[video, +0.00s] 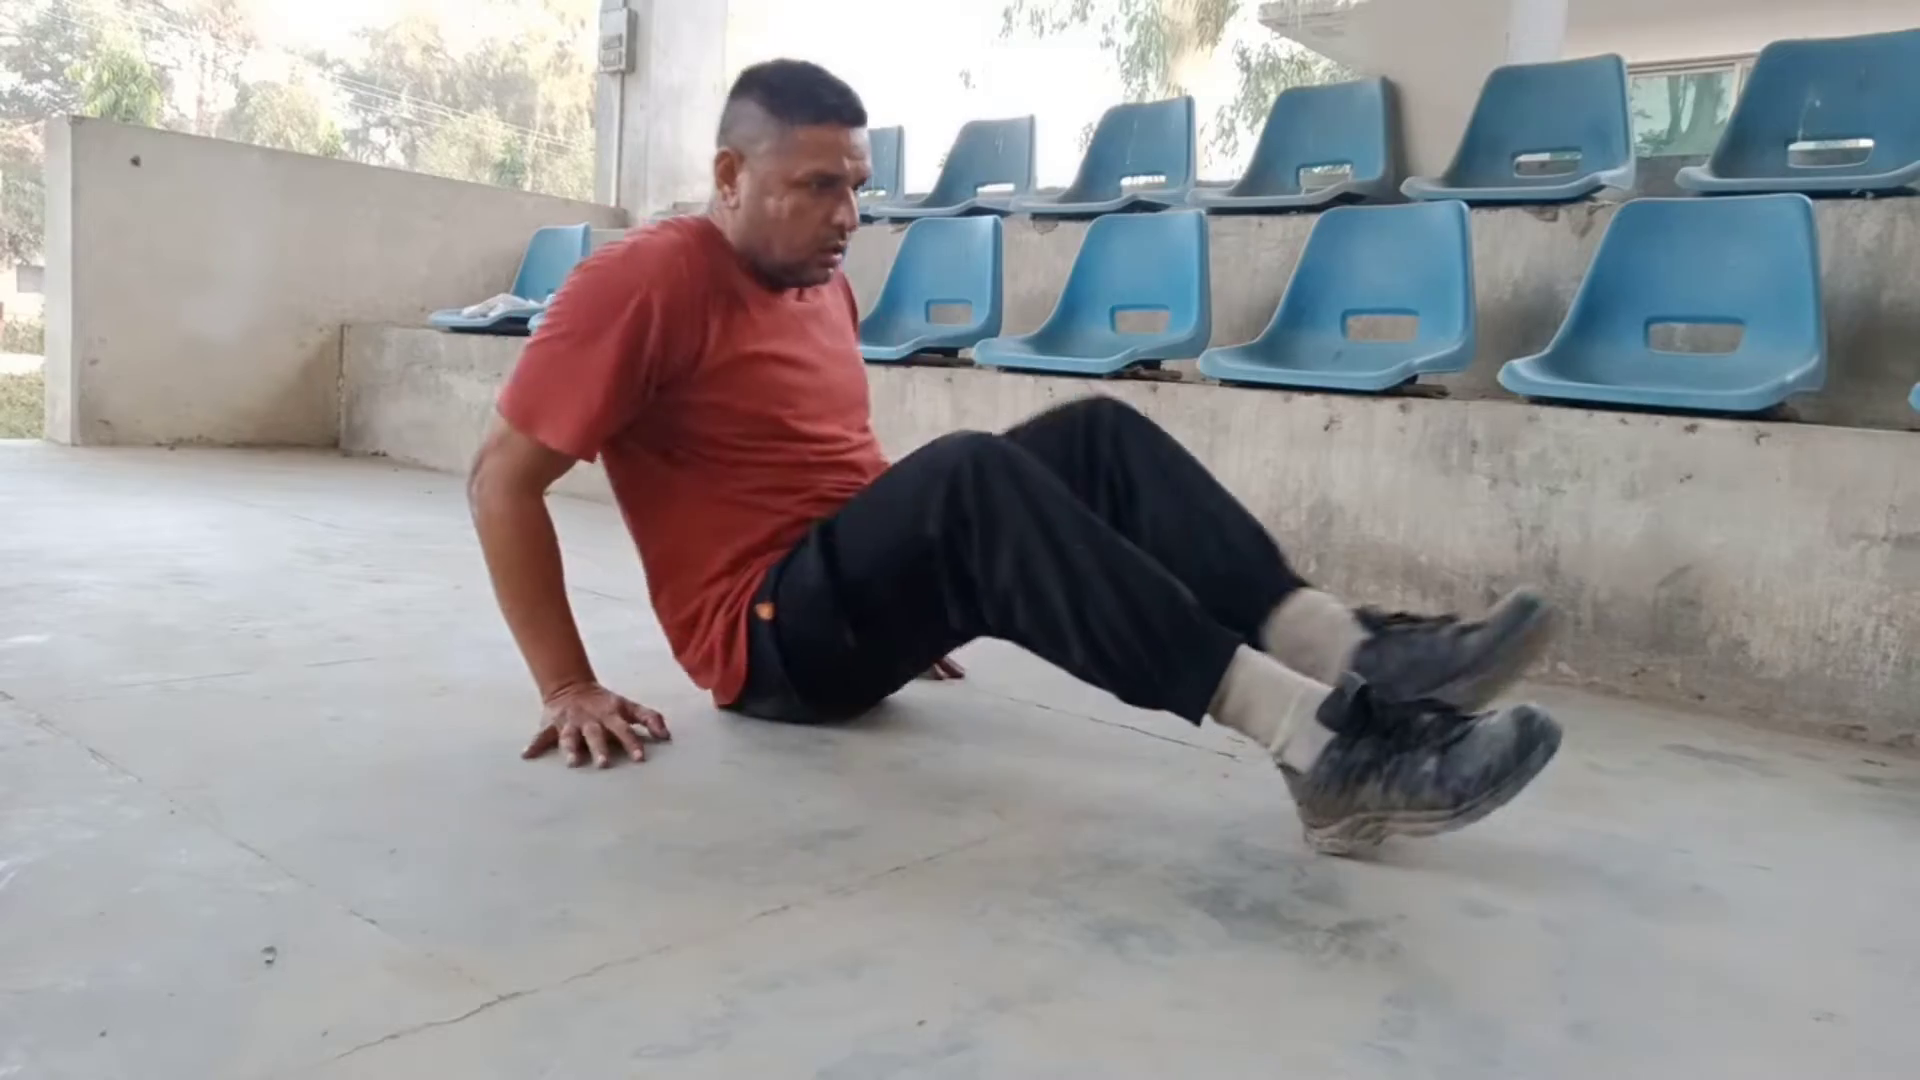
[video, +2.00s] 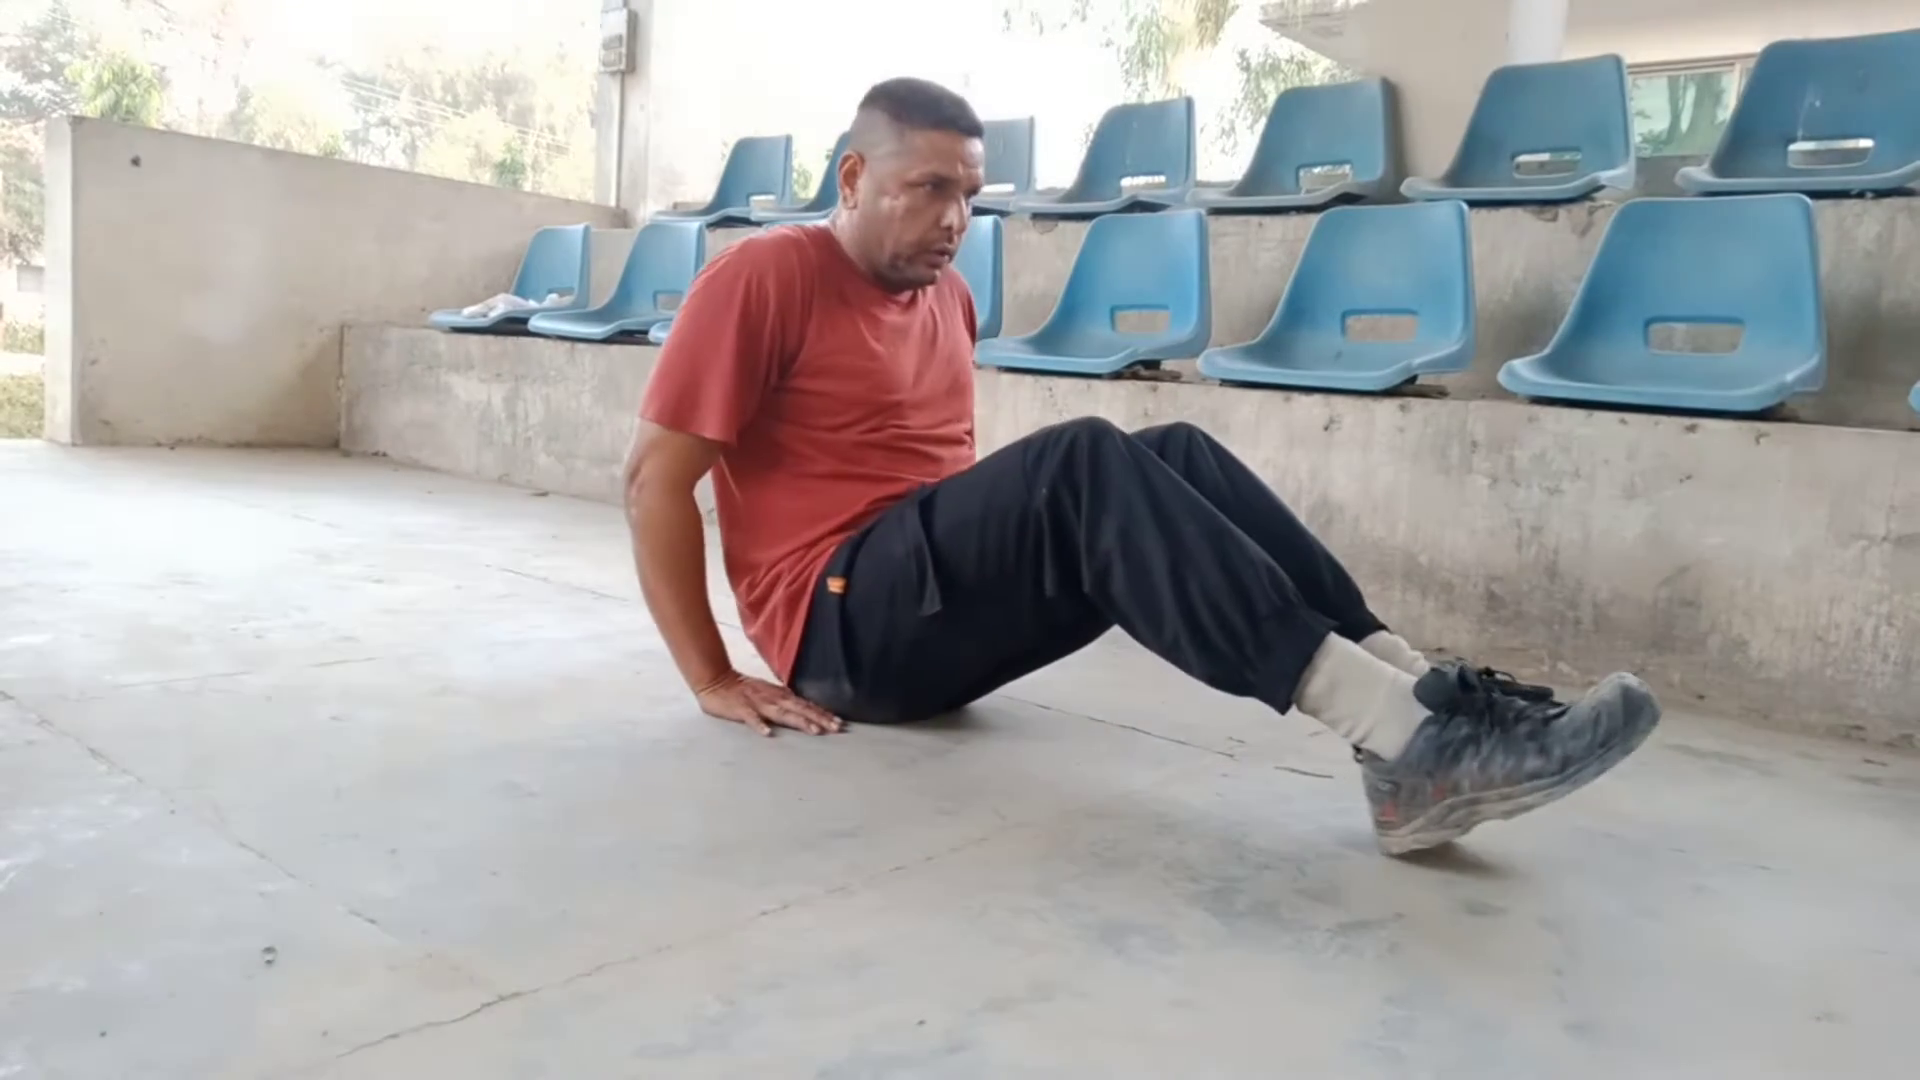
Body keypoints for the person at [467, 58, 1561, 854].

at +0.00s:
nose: (840, 214)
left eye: (851, 187)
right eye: (813, 188)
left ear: (846, 180)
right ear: (728, 178)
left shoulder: (821, 284)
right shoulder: (639, 282)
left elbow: (809, 460)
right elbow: (502, 483)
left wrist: (895, 618)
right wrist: (565, 686)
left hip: (859, 586)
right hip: (763, 632)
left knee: (1097, 432)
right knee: (970, 479)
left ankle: (1357, 661)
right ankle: (1319, 753)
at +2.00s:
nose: (953, 218)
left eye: (966, 194)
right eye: (932, 190)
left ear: (966, 194)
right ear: (852, 179)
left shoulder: (944, 298)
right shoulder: (759, 278)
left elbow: (924, 470)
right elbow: (655, 479)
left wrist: (917, 636)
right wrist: (709, 680)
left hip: (930, 610)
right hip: (836, 624)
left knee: (1177, 457)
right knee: (1084, 462)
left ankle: (1443, 716)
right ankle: (1397, 746)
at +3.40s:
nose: (881, 241)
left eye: (893, 217)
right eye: (856, 214)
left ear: (900, 211)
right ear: (779, 203)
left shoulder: (894, 300)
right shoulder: (694, 297)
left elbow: (902, 450)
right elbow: (560, 471)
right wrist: (582, 678)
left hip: (915, 625)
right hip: (817, 629)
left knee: (1087, 369)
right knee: (996, 377)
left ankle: (1285, 618)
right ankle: (1246, 655)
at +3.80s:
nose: (836, 248)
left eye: (848, 225)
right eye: (812, 223)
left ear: (849, 220)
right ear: (737, 212)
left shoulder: (854, 309)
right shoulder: (662, 312)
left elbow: (887, 458)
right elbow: (524, 481)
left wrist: (929, 571)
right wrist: (578, 679)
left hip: (903, 611)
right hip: (812, 623)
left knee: (1120, 408)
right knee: (1037, 417)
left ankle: (1361, 646)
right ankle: (1328, 659)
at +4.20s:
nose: (796, 252)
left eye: (808, 229)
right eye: (768, 229)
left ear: (818, 230)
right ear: (698, 228)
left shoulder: (820, 316)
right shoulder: (635, 324)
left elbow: (854, 457)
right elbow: (504, 493)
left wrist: (900, 550)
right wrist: (575, 681)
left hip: (903, 571)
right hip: (800, 613)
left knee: (1172, 490)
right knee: (1037, 509)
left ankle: (1504, 589)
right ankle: (1420, 637)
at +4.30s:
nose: (801, 258)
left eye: (813, 236)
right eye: (776, 234)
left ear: (821, 235)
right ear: (706, 226)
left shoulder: (829, 318)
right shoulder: (639, 323)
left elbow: (863, 465)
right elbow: (506, 494)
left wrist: (905, 577)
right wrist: (576, 682)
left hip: (912, 581)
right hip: (790, 626)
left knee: (1179, 493)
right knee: (950, 493)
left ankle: (1544, 553)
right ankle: (1264, 603)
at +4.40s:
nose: (811, 264)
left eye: (823, 240)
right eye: (787, 237)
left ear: (830, 234)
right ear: (715, 223)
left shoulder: (837, 320)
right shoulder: (644, 323)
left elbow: (872, 472)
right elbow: (507, 494)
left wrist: (943, 548)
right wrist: (575, 682)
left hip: (908, 572)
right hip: (787, 609)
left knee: (1170, 518)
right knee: (885, 526)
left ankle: (1517, 548)